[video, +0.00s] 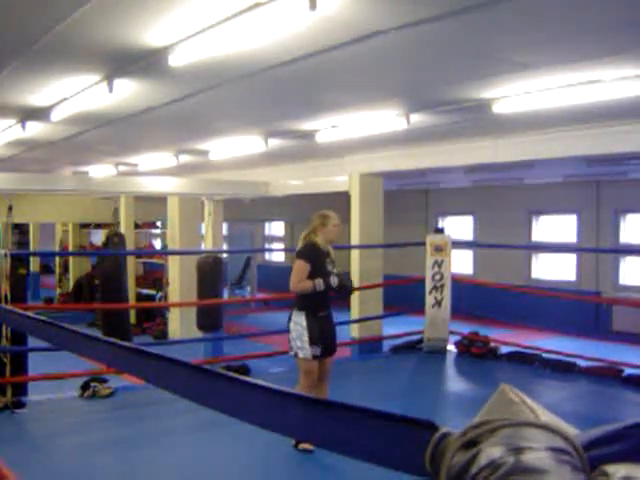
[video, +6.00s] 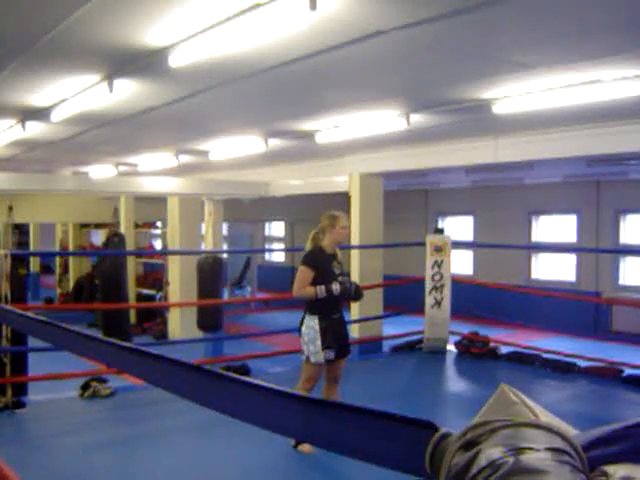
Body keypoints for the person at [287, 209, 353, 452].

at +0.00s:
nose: (339, 231)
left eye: (339, 226)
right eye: (335, 226)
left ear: (328, 228)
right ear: (321, 227)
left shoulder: (328, 252)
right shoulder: (308, 250)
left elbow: (325, 281)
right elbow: (295, 284)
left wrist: (339, 282)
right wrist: (326, 283)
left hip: (323, 313)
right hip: (304, 314)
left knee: (323, 375)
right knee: (309, 375)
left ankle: (318, 429)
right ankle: (302, 432)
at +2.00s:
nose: (332, 232)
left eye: (333, 228)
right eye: (328, 228)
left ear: (327, 231)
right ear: (314, 229)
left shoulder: (325, 257)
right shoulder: (298, 257)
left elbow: (321, 286)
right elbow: (282, 292)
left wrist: (334, 288)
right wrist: (313, 291)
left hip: (324, 317)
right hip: (303, 318)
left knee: (328, 379)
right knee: (300, 379)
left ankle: (326, 430)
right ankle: (297, 433)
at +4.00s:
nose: (345, 234)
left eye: (346, 229)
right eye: (342, 229)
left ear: (336, 230)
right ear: (327, 229)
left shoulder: (334, 257)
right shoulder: (312, 255)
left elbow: (331, 289)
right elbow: (296, 290)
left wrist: (349, 291)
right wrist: (327, 289)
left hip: (334, 317)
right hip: (314, 318)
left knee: (334, 377)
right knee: (308, 379)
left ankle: (329, 428)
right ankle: (299, 431)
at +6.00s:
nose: (346, 233)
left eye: (347, 229)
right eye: (343, 229)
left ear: (338, 230)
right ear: (329, 229)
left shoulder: (336, 258)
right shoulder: (314, 256)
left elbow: (333, 288)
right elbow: (298, 290)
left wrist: (350, 291)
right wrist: (330, 289)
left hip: (335, 318)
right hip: (316, 319)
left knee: (334, 378)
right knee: (309, 379)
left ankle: (331, 428)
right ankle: (298, 431)